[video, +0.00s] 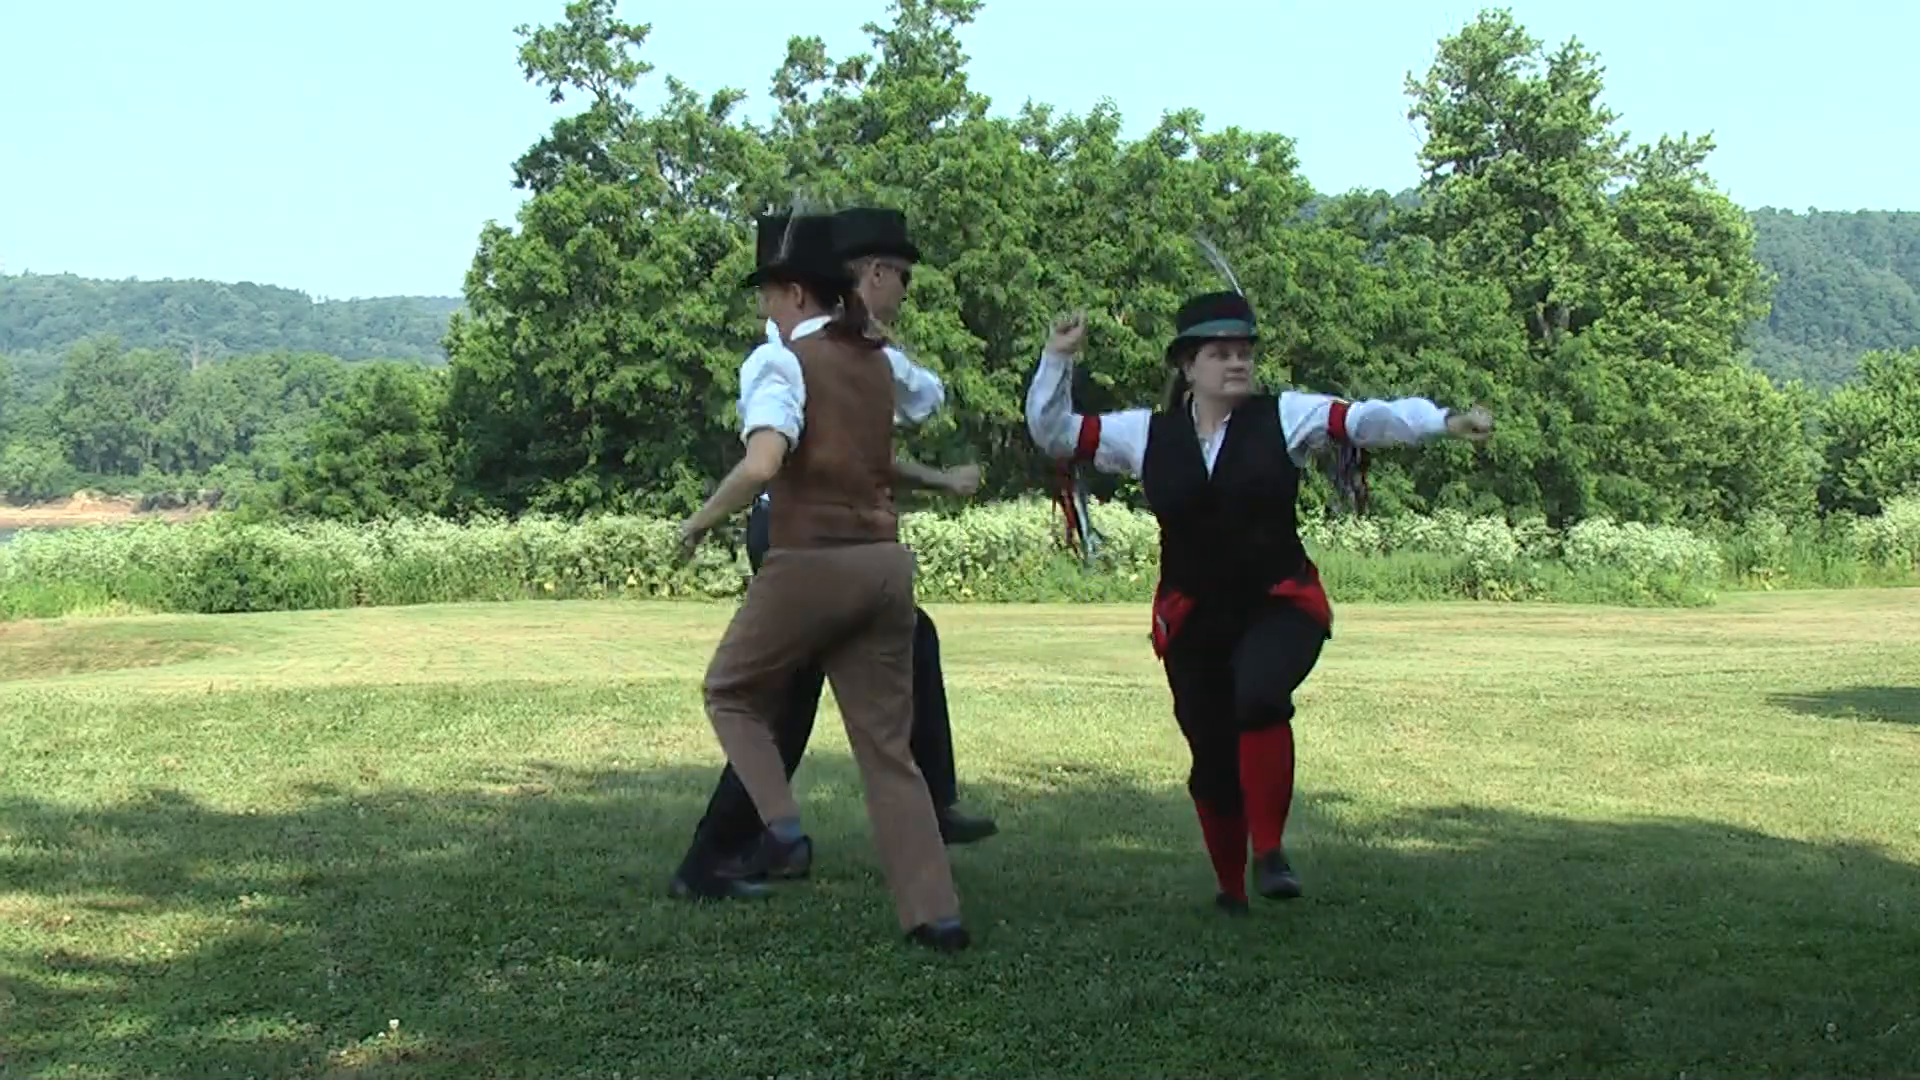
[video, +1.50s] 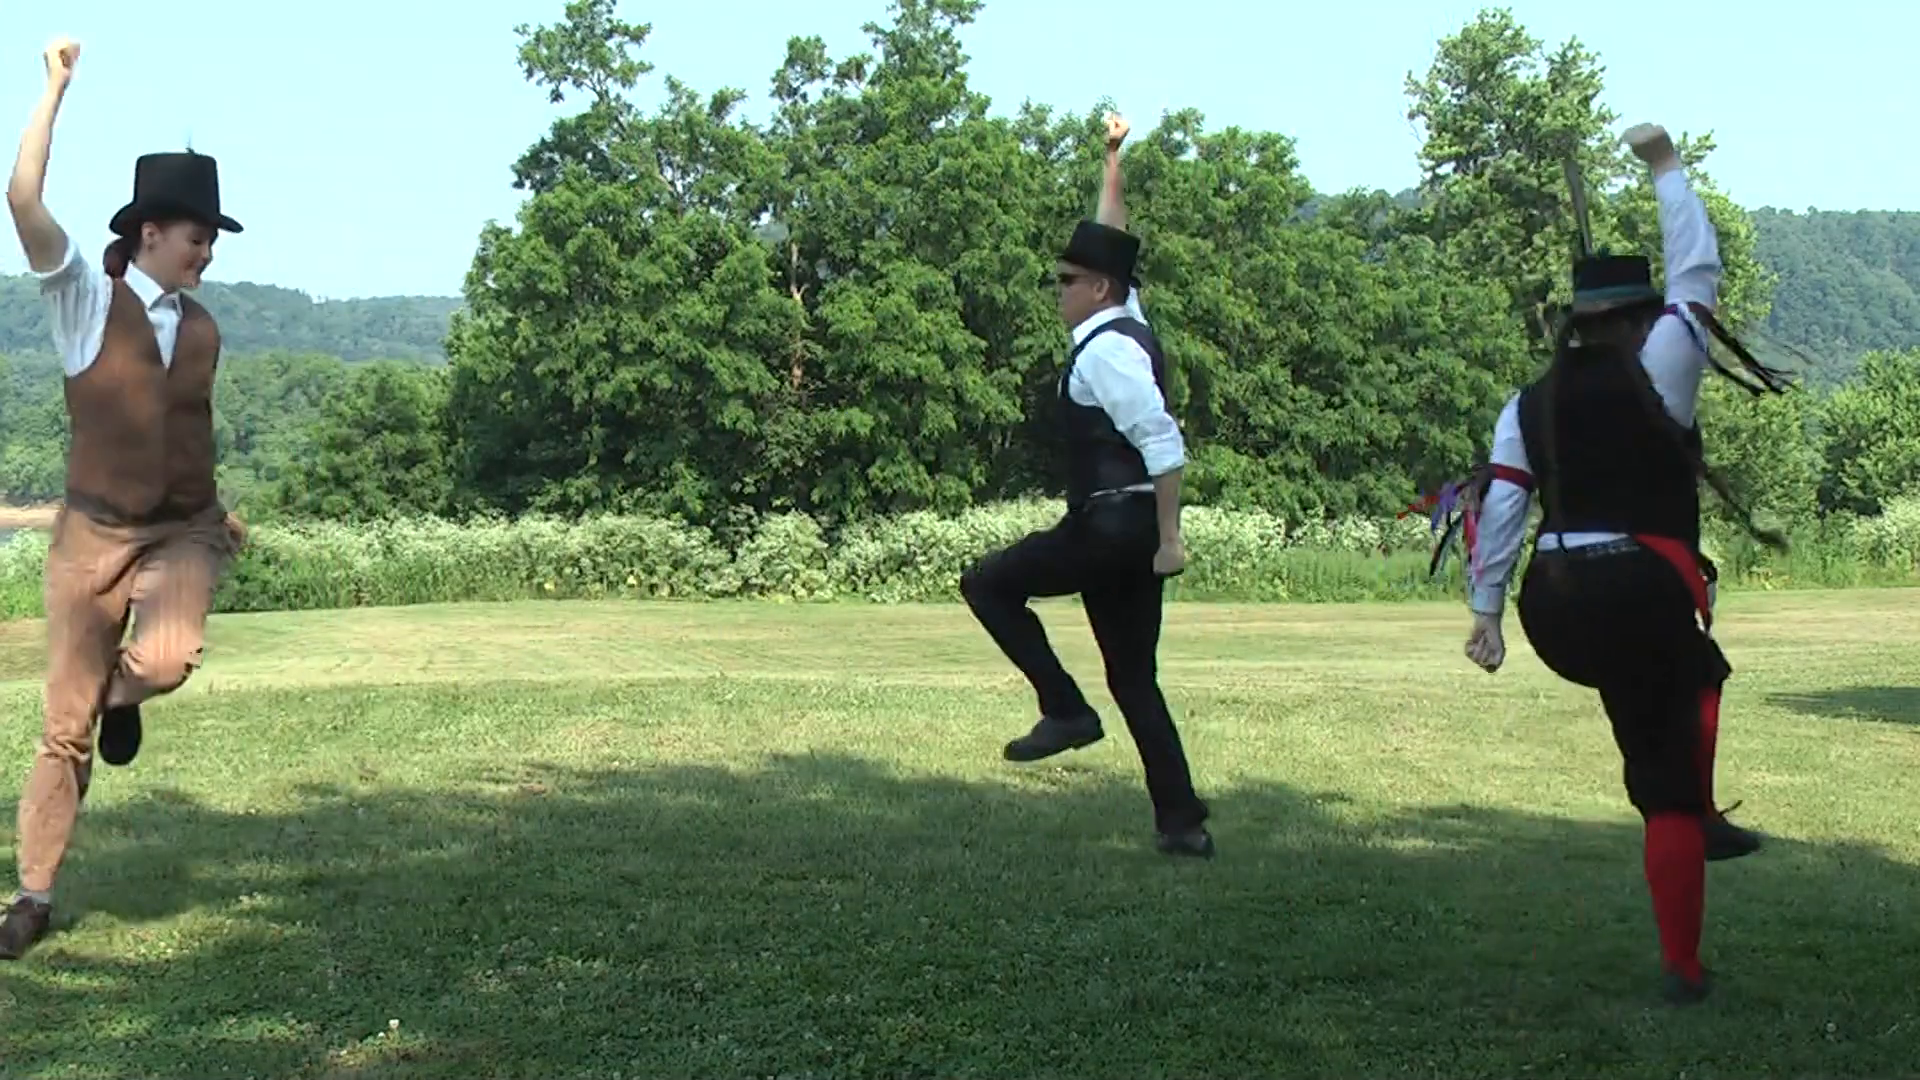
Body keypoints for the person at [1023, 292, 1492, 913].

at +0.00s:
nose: (1237, 362)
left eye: (1245, 350)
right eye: (1221, 352)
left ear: (1256, 359)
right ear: (1187, 366)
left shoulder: (1284, 415)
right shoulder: (1148, 432)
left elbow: (1366, 417)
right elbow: (1051, 430)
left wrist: (1445, 420)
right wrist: (1057, 360)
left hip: (1280, 606)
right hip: (1194, 617)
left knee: (1259, 694)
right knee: (1213, 760)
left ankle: (1268, 852)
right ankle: (1231, 890)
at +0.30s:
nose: (1307, 363)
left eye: (1314, 353)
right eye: (1291, 354)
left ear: (1326, 368)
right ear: (1254, 368)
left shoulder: (1349, 455)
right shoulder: (1224, 419)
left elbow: (1362, 562)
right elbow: (1211, 318)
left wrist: (1368, 650)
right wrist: (1244, 227)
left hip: (1310, 644)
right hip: (1217, 636)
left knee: (1287, 784)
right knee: (1224, 763)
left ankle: (1253, 944)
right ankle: (1207, 904)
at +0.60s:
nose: (1390, 315)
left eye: (1392, 304)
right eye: (1375, 304)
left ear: (1388, 319)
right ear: (1329, 311)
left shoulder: (1388, 385)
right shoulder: (1300, 361)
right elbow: (1298, 251)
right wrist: (1311, 152)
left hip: (1354, 585)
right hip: (1285, 572)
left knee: (1333, 777)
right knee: (1397, 650)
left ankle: (1305, 947)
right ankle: (1295, 781)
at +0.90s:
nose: (1485, 332)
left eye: (1483, 319)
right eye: (1473, 319)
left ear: (1461, 329)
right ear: (1437, 322)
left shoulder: (1441, 388)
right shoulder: (1414, 372)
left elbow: (1438, 267)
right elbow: (1438, 261)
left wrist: (1417, 200)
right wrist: (1456, 159)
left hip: (1399, 603)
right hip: (1398, 599)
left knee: (1398, 797)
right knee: (1541, 721)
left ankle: (1313, 952)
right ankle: (1548, 904)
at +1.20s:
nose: (1591, 370)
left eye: (1587, 358)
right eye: (1584, 356)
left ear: (1512, 364)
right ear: (1568, 362)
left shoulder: (1467, 447)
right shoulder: (1572, 417)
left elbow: (1430, 549)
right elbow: (1616, 303)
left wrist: (1410, 643)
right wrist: (1581, 208)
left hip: (1469, 646)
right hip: (1545, 642)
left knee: (1644, 748)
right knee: (1608, 807)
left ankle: (1693, 915)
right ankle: (1543, 990)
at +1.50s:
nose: (1649, 319)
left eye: (1627, 310)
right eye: (1643, 307)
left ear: (1576, 321)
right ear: (1639, 318)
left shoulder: (1528, 404)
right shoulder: (1665, 358)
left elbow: (1501, 507)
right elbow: (1695, 266)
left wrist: (1485, 608)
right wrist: (1666, 166)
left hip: (1553, 597)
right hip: (1645, 591)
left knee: (1694, 665)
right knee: (1675, 787)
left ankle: (1697, 815)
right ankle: (1682, 969)